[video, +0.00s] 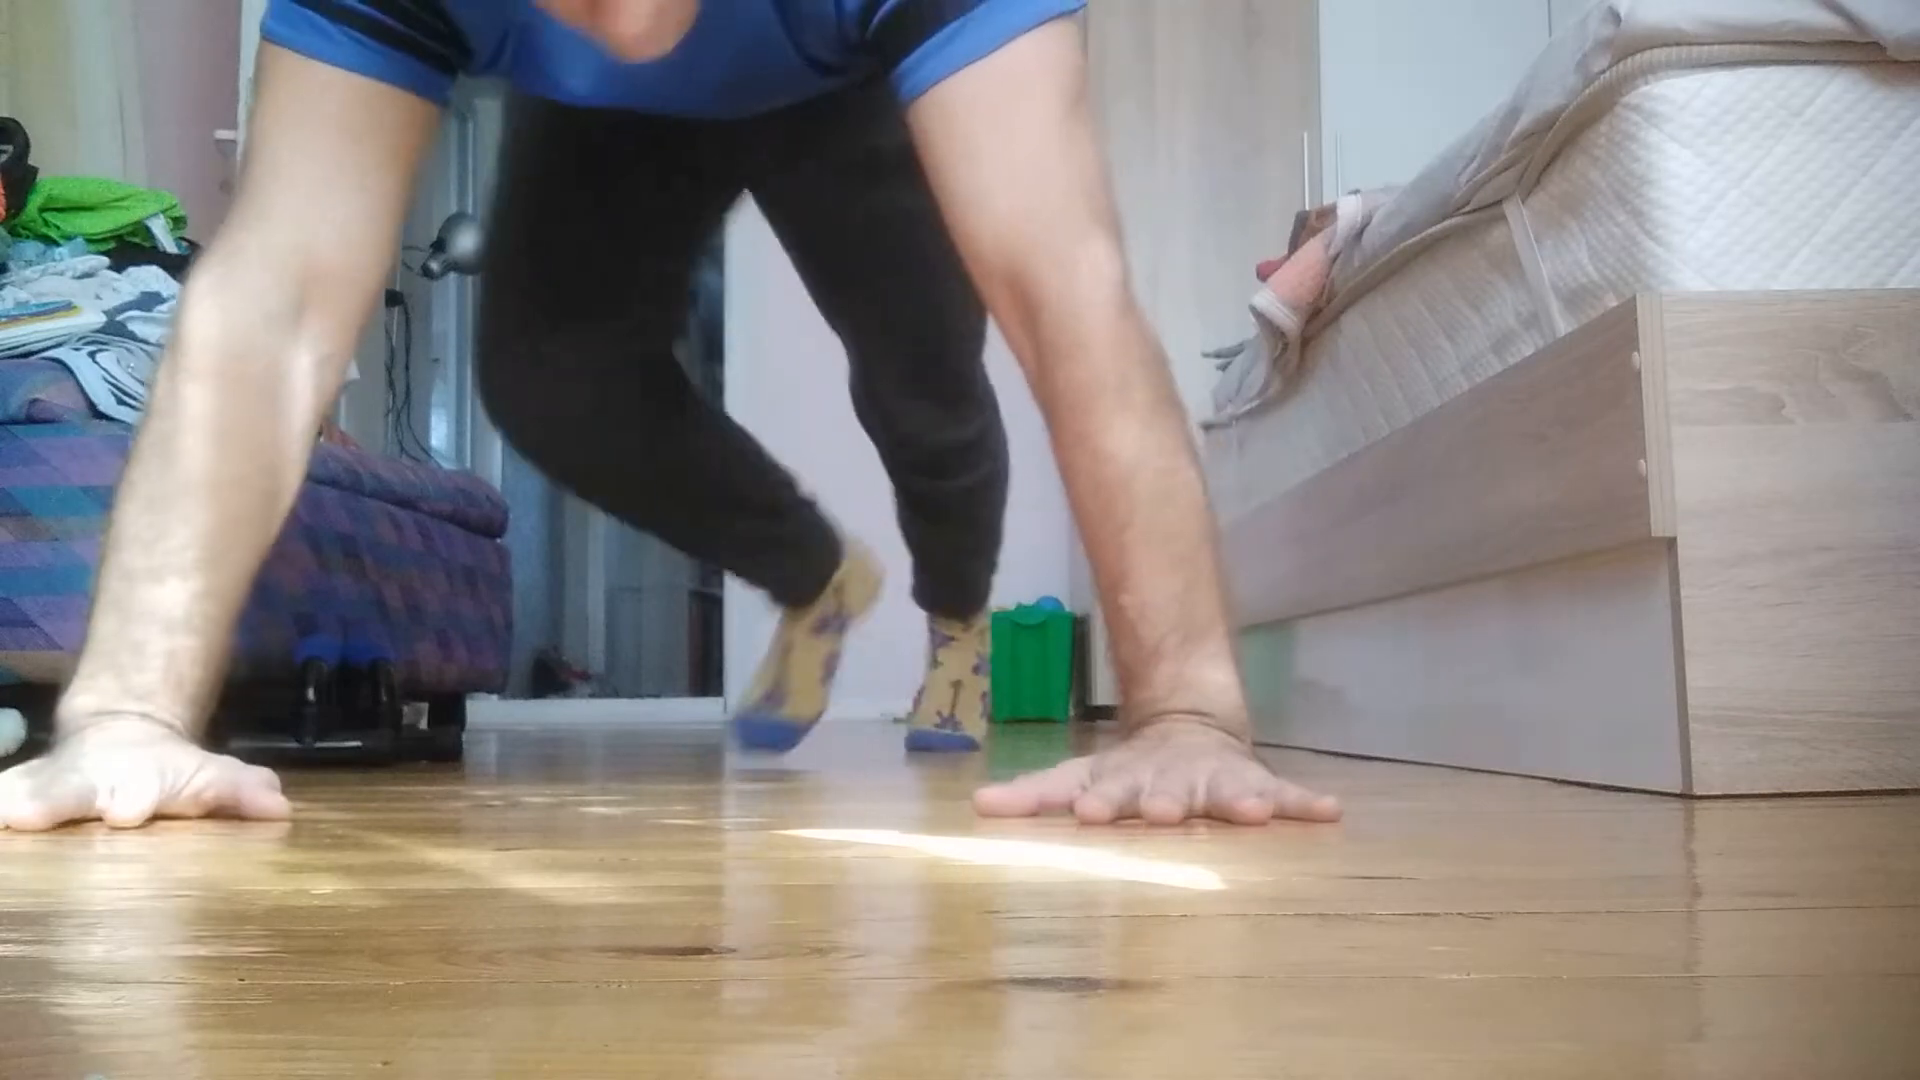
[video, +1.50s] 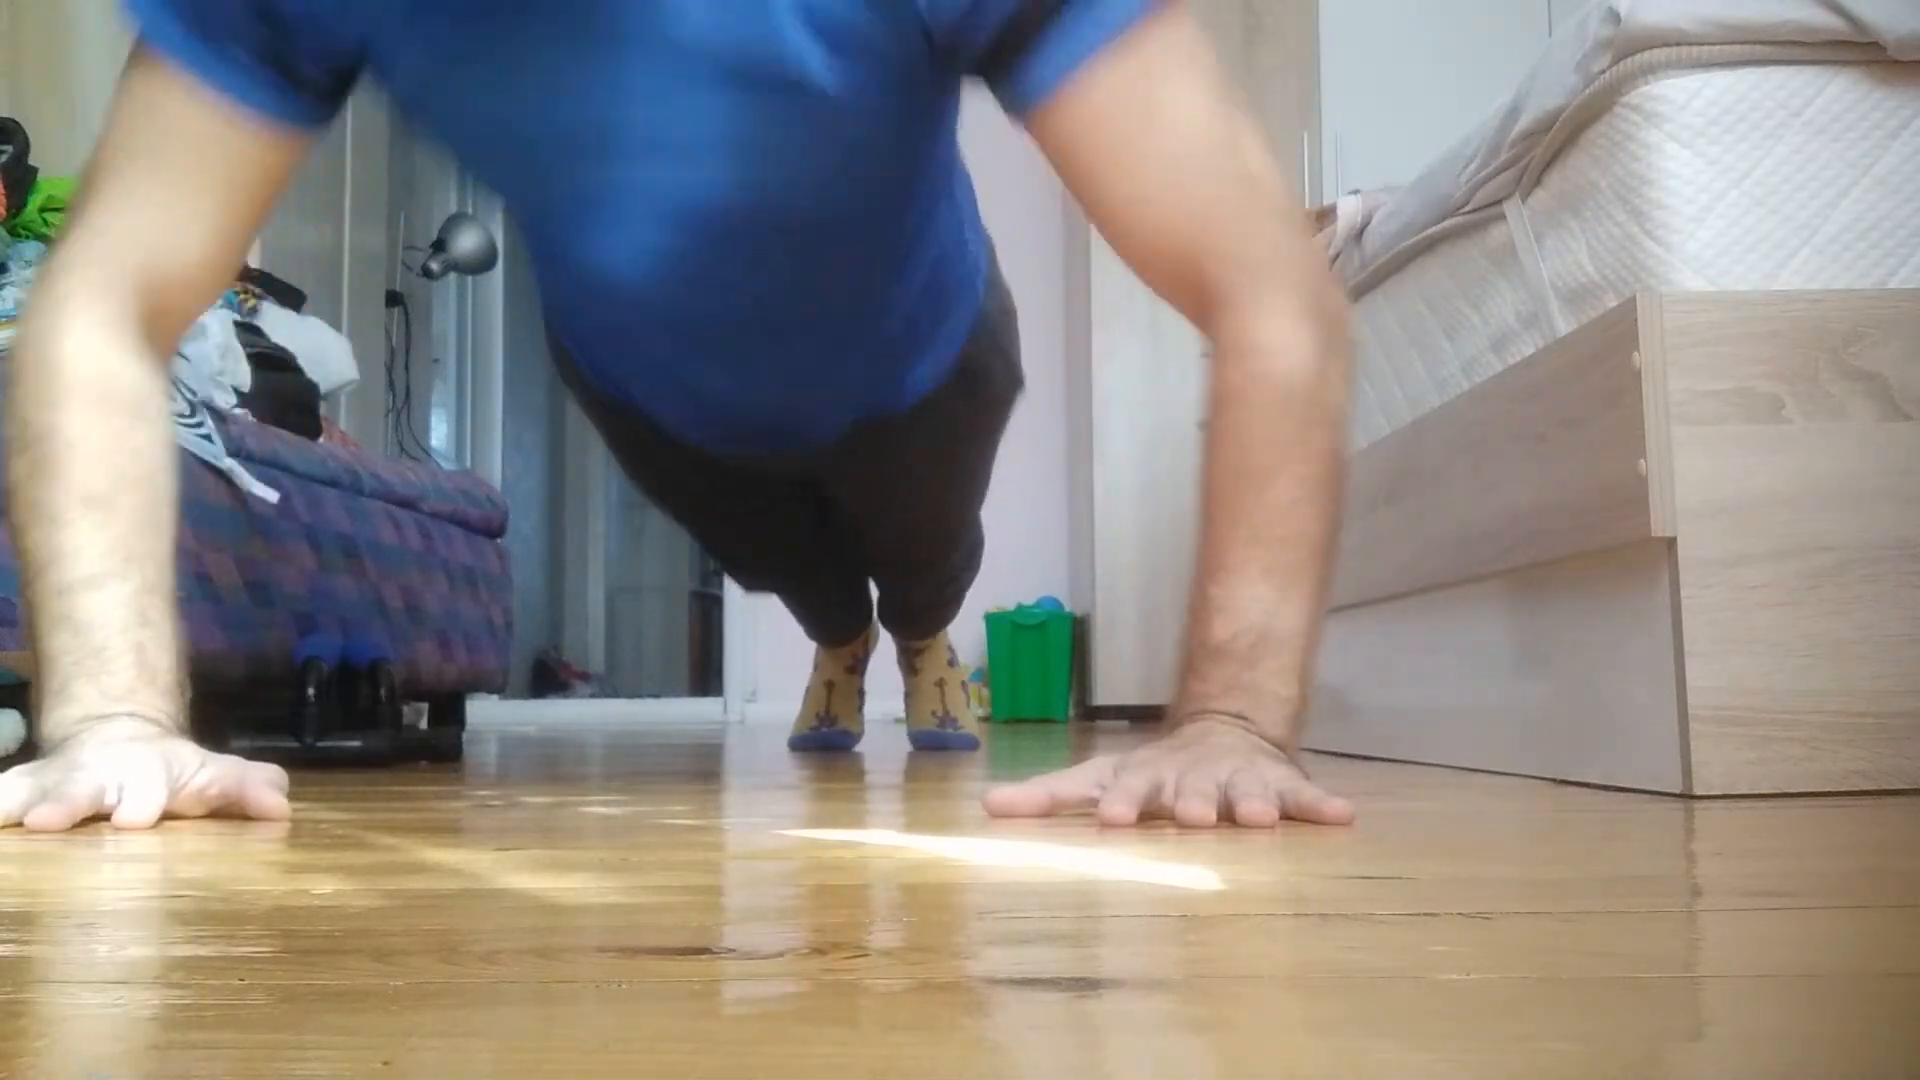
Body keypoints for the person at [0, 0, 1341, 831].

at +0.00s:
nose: (619, 26)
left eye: (650, 9)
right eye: (590, 21)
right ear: (530, 6)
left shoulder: (916, 6)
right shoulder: (386, 5)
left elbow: (1072, 300)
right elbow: (267, 307)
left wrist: (1191, 711)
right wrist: (129, 715)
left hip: (852, 58)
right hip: (601, 86)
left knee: (926, 377)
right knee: (557, 381)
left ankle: (952, 625)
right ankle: (822, 580)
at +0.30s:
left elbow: (1089, 261)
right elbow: (241, 258)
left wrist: (1200, 707)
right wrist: (127, 712)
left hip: (889, 145)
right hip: (646, 168)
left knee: (930, 467)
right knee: (763, 497)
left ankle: (966, 630)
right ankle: (857, 641)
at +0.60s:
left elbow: (1122, 260)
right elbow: (220, 253)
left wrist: (1221, 705)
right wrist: (124, 710)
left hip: (869, 228)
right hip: (618, 273)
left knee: (903, 499)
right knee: (763, 522)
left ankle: (949, 637)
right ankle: (837, 647)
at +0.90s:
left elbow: (1131, 256)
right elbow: (231, 252)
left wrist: (1226, 705)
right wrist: (125, 710)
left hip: (885, 268)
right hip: (629, 292)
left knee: (908, 520)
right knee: (765, 529)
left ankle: (938, 640)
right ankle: (830, 649)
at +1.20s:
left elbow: (1118, 261)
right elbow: (234, 257)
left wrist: (1222, 706)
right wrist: (123, 712)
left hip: (891, 276)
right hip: (635, 301)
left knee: (908, 521)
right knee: (771, 530)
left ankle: (929, 650)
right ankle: (833, 646)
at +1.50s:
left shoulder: (975, 6)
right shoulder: (309, 11)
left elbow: (1279, 290)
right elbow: (96, 309)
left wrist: (1231, 717)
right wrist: (117, 720)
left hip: (907, 362)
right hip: (655, 404)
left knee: (920, 555)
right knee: (793, 561)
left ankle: (926, 656)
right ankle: (841, 648)